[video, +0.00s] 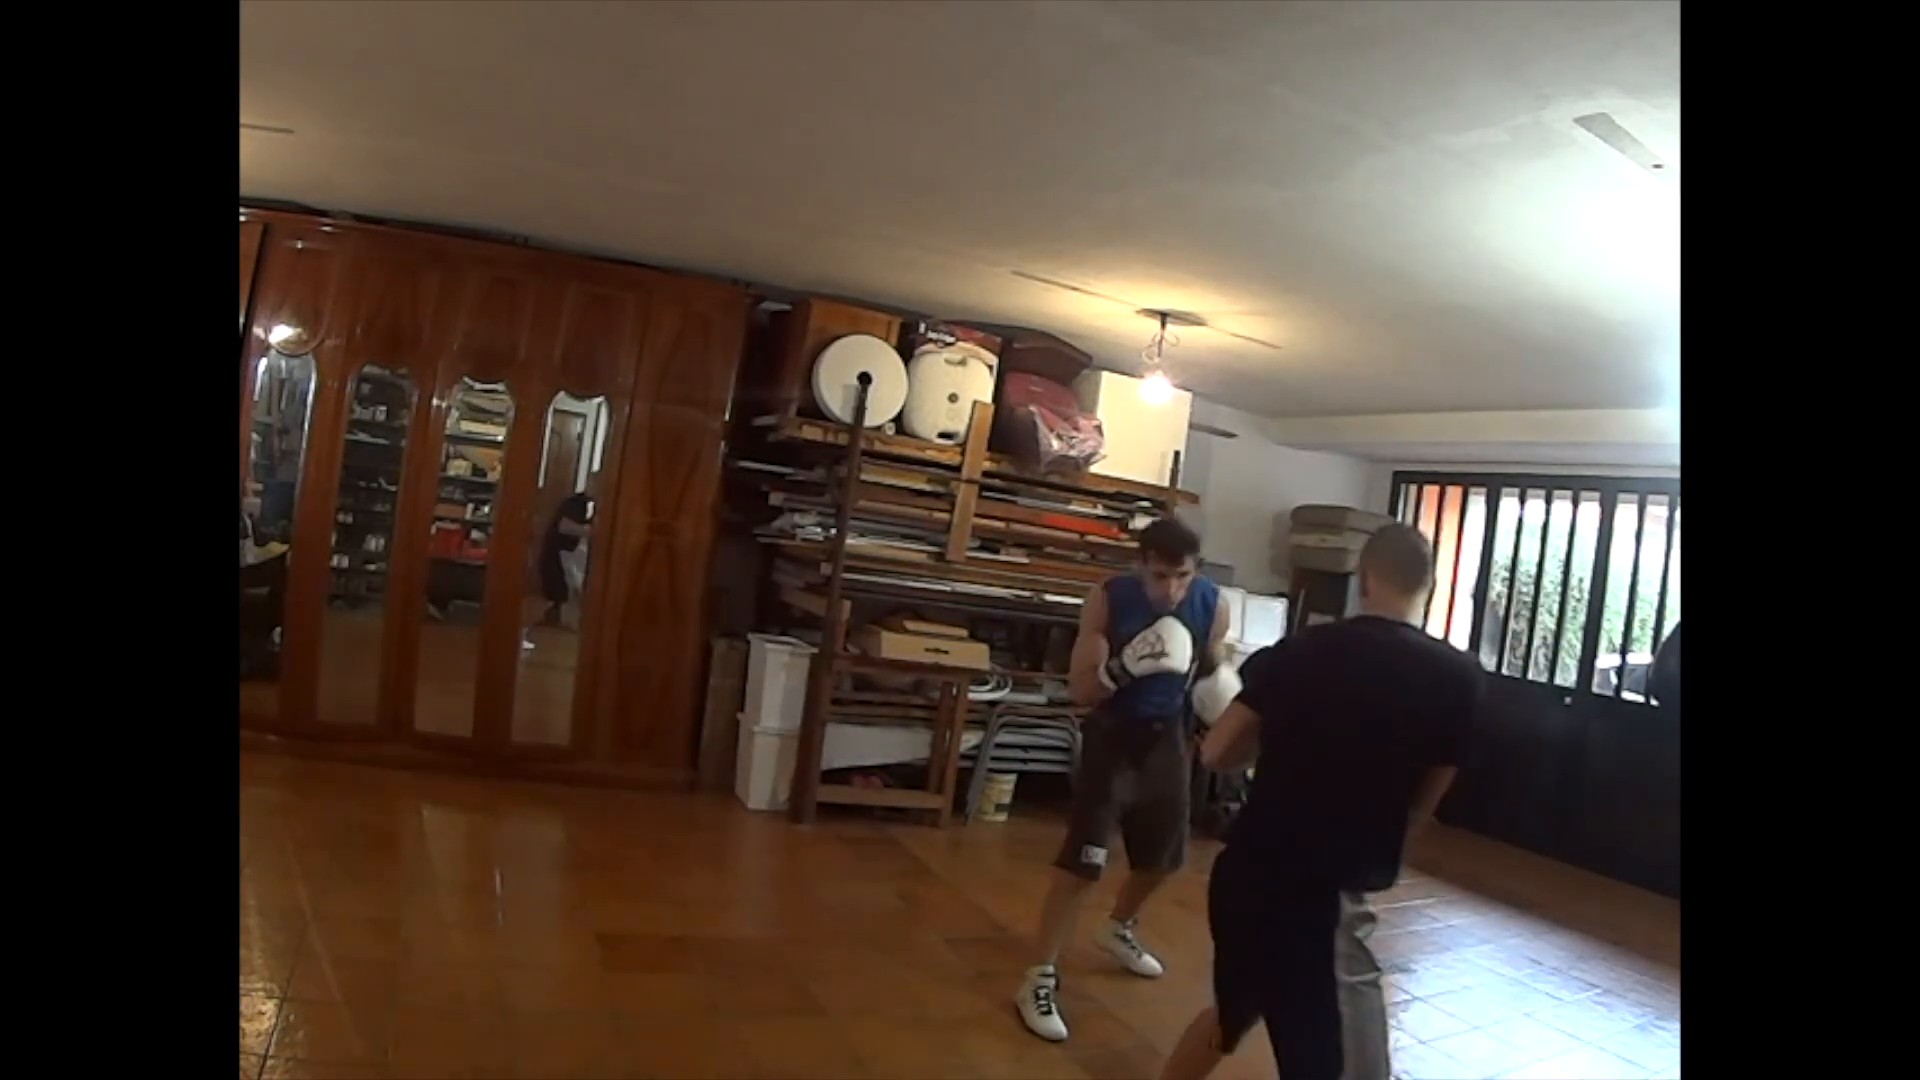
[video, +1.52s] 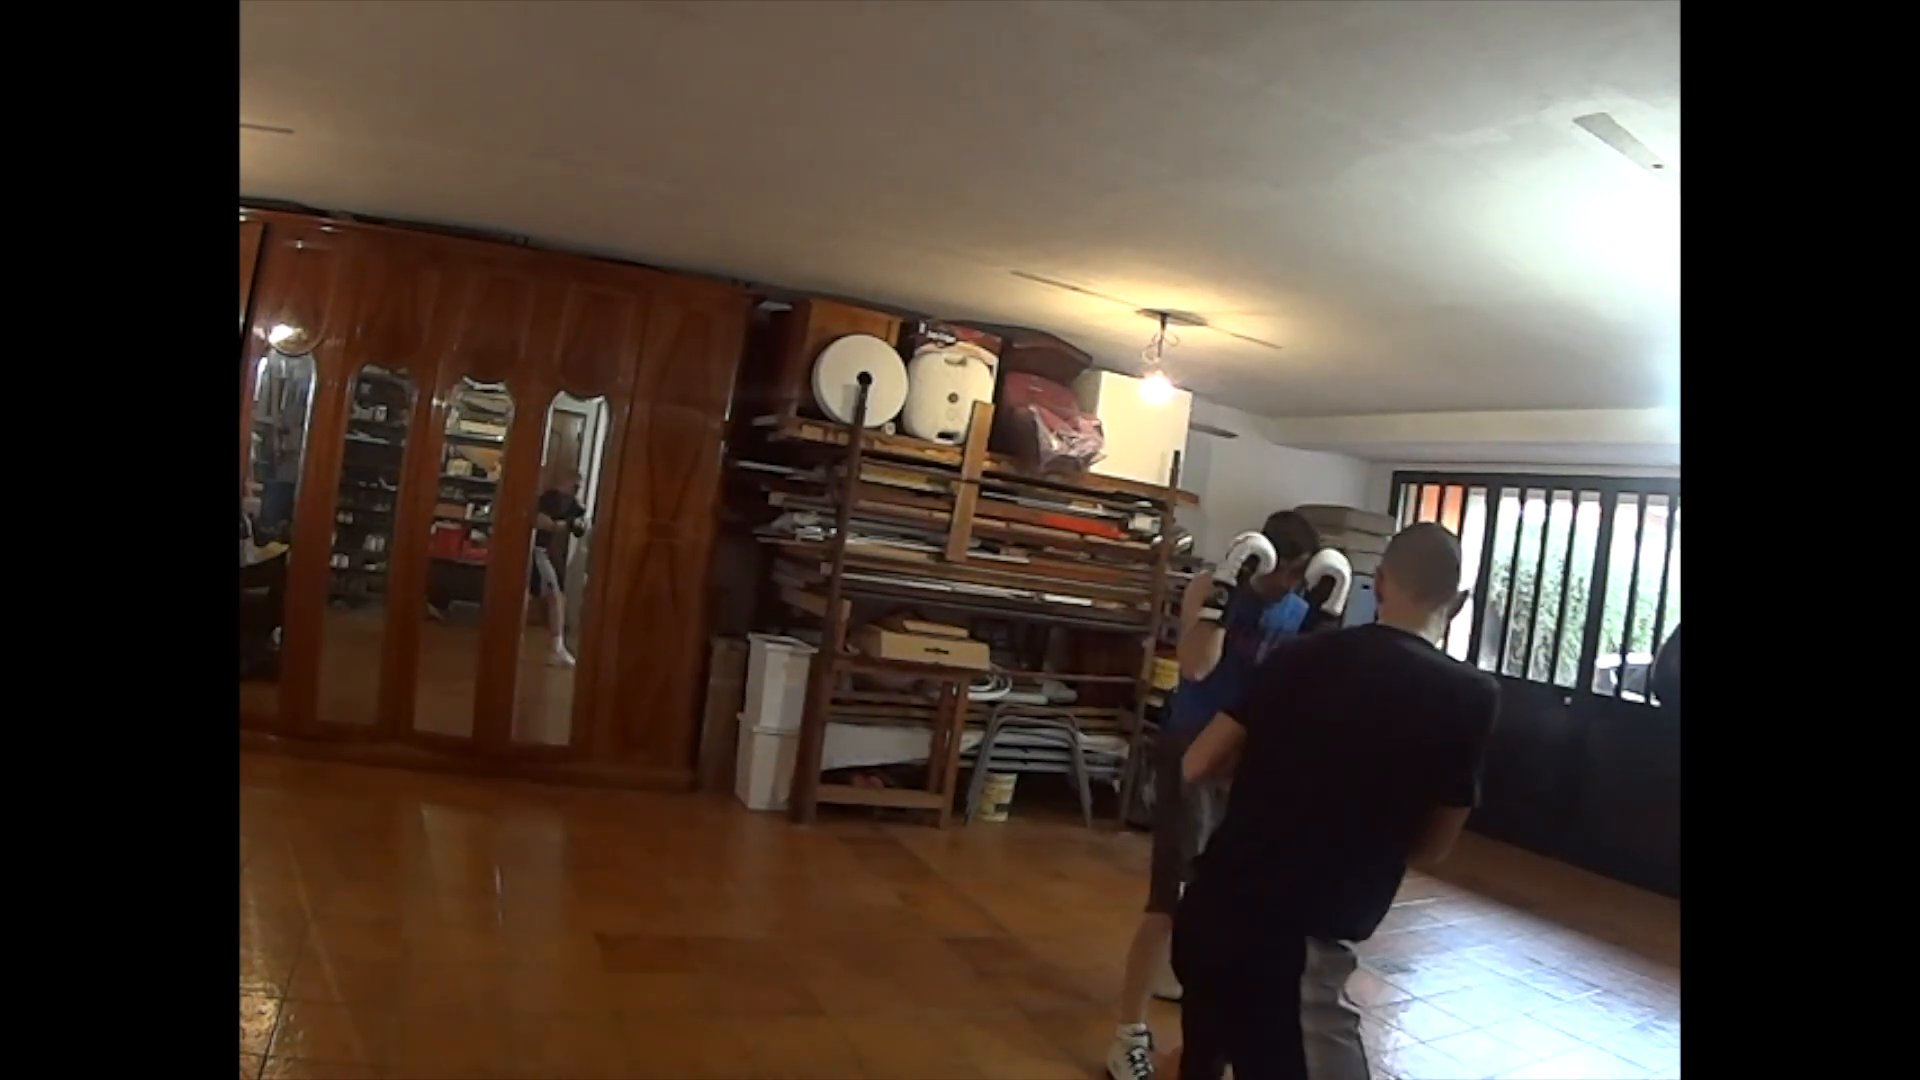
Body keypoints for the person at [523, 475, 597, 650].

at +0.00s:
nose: (599, 489)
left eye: (600, 484)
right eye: (598, 484)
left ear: (595, 485)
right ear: (591, 484)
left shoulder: (585, 505)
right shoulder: (576, 503)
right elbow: (565, 526)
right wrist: (589, 530)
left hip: (565, 553)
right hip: (555, 553)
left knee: (553, 595)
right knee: (552, 595)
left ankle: (524, 631)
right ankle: (522, 632)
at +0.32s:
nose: (599, 488)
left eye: (600, 483)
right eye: (598, 482)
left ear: (591, 481)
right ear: (591, 480)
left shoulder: (576, 498)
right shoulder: (575, 497)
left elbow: (567, 523)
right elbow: (565, 524)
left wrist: (586, 520)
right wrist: (588, 520)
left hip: (551, 546)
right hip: (553, 547)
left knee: (541, 593)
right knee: (570, 595)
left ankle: (520, 633)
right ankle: (566, 643)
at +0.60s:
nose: (601, 486)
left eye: (601, 481)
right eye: (600, 481)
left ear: (590, 479)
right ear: (593, 479)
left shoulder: (575, 496)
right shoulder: (577, 496)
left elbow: (569, 521)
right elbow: (566, 523)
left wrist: (587, 520)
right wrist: (590, 521)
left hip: (558, 547)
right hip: (555, 547)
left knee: (536, 593)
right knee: (570, 595)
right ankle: (566, 644)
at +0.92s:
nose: (586, 481)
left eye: (587, 478)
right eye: (583, 477)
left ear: (584, 480)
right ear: (574, 477)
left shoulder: (579, 499)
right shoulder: (563, 494)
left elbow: (588, 515)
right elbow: (555, 517)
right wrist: (579, 516)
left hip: (560, 547)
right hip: (550, 545)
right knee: (564, 595)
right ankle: (565, 644)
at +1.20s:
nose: (588, 491)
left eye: (589, 488)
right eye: (586, 487)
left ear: (584, 488)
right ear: (575, 484)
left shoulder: (579, 505)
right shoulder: (559, 500)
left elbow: (590, 522)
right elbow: (552, 525)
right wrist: (576, 527)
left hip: (559, 551)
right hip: (546, 549)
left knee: (535, 593)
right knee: (562, 596)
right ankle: (562, 646)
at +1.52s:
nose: (575, 489)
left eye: (577, 485)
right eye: (572, 484)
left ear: (576, 487)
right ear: (561, 482)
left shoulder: (573, 504)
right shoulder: (550, 498)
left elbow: (582, 523)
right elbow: (540, 521)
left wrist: (577, 524)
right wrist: (563, 526)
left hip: (553, 550)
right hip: (538, 547)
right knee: (555, 594)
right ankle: (557, 646)